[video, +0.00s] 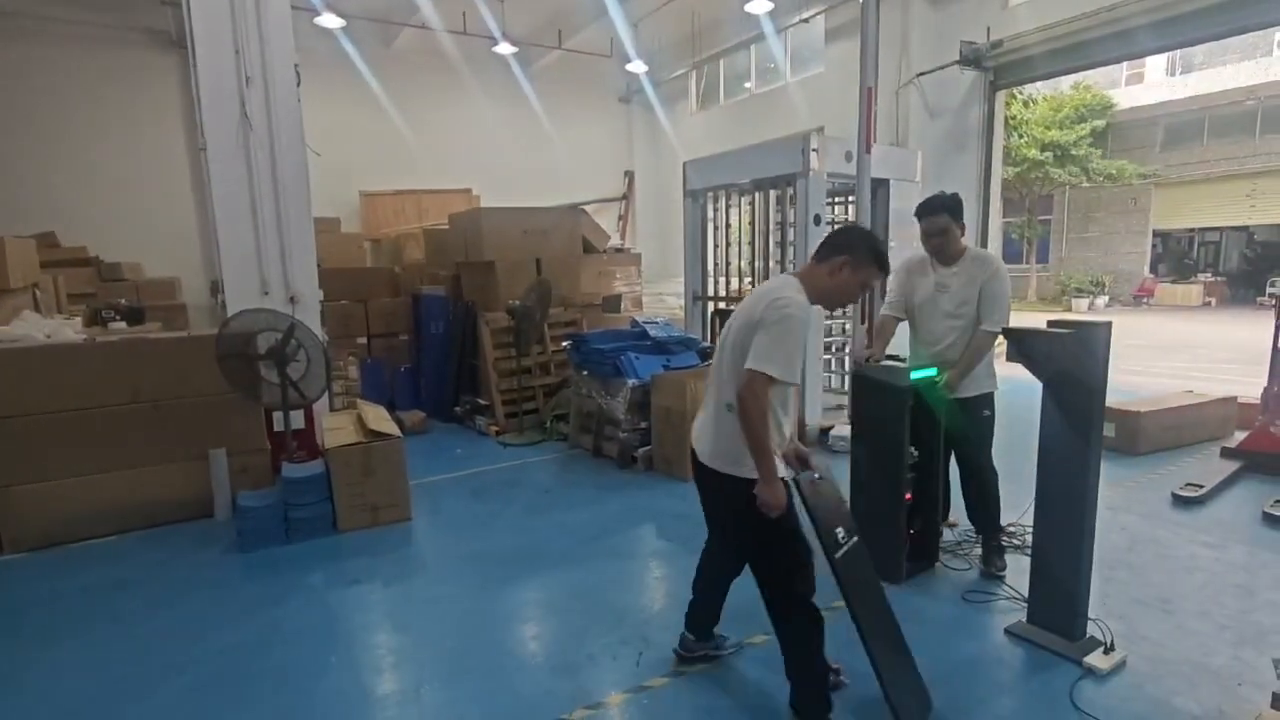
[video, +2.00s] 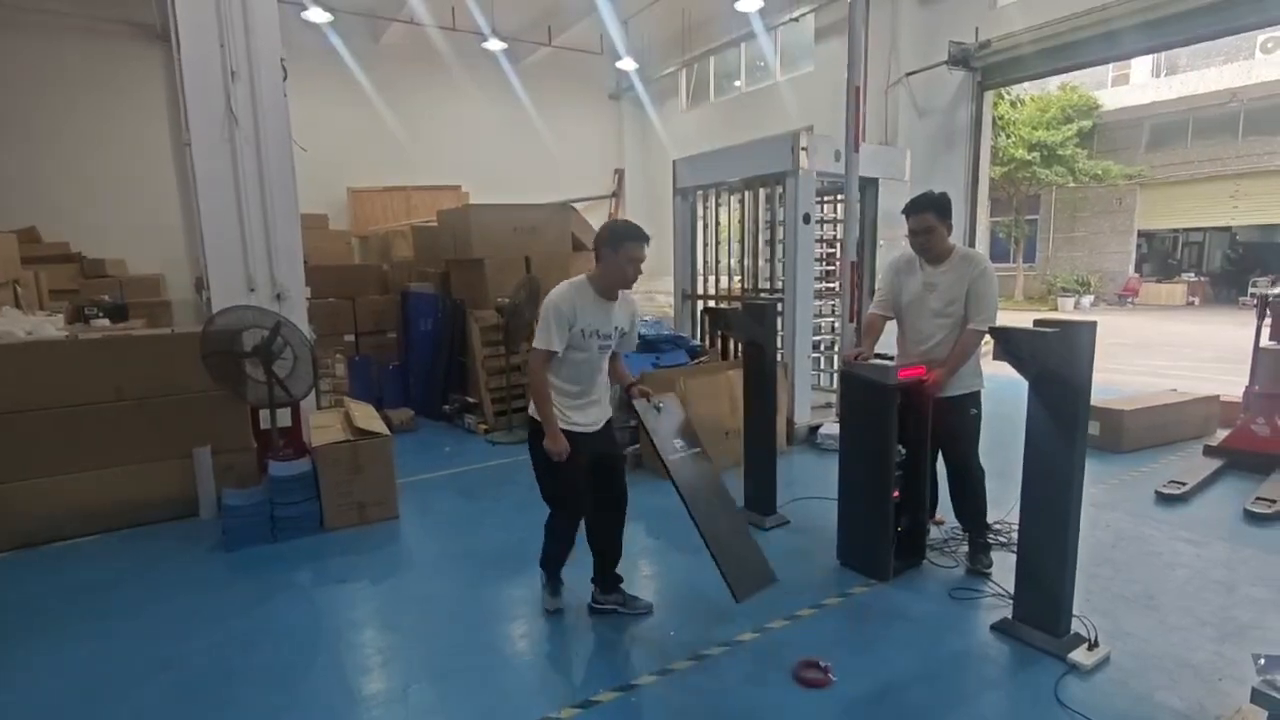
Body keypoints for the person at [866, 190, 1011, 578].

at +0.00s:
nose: (932, 244)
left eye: (939, 235)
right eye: (926, 236)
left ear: (961, 229)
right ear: (919, 233)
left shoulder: (988, 268)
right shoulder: (911, 268)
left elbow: (989, 330)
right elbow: (889, 315)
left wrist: (954, 376)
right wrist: (875, 349)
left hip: (973, 388)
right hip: (925, 388)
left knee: (977, 468)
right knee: (927, 469)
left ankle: (991, 542)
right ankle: (924, 545)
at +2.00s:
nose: (917, 242)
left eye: (925, 233)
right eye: (912, 234)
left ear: (948, 228)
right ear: (906, 231)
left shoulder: (976, 267)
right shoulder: (899, 265)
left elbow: (976, 328)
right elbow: (878, 312)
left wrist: (946, 370)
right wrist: (865, 347)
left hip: (959, 388)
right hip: (912, 387)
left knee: (963, 466)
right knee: (915, 467)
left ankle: (977, 540)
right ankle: (911, 543)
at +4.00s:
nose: (924, 245)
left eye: (932, 237)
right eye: (920, 237)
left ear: (958, 233)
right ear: (918, 234)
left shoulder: (989, 272)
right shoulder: (911, 271)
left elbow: (991, 333)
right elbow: (891, 318)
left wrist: (959, 376)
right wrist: (878, 354)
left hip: (974, 393)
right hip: (926, 393)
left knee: (980, 474)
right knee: (931, 474)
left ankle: (996, 546)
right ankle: (928, 551)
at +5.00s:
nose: (919, 240)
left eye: (926, 234)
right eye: (917, 233)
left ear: (956, 231)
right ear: (921, 231)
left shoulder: (990, 269)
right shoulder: (912, 268)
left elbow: (992, 331)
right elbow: (892, 314)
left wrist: (961, 375)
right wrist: (880, 351)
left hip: (976, 391)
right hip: (928, 392)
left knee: (982, 471)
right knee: (933, 472)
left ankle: (998, 544)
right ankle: (931, 548)